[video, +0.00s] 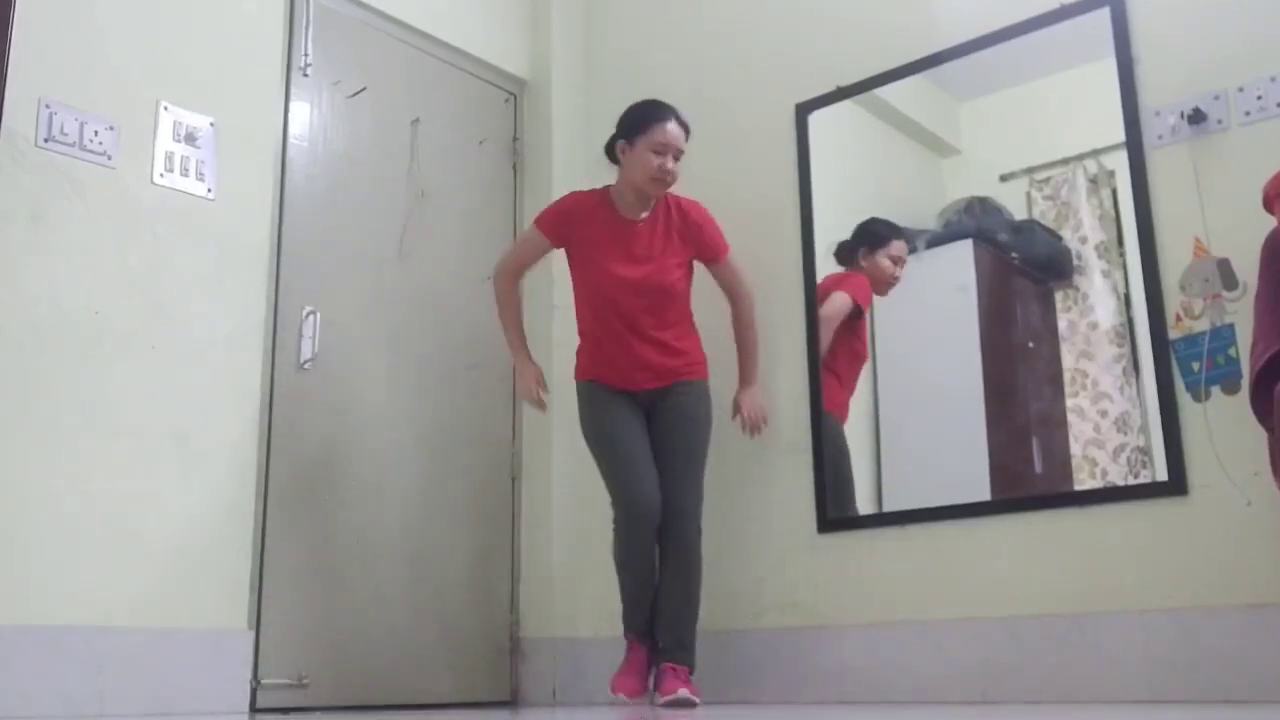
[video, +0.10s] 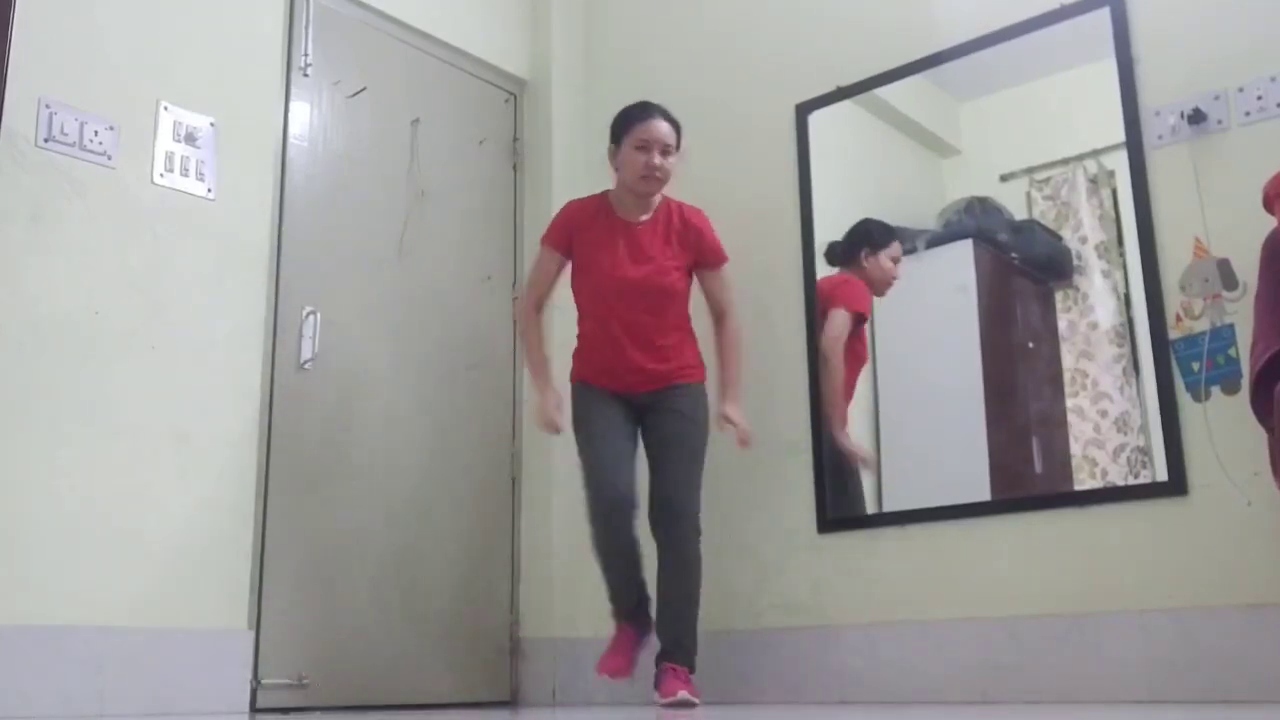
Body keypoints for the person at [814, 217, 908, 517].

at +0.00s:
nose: (899, 273)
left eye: (903, 265)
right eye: (894, 261)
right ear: (864, 256)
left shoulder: (829, 283)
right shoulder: (858, 283)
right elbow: (827, 315)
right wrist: (811, 370)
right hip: (825, 417)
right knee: (842, 516)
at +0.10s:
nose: (897, 272)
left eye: (898, 262)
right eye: (893, 260)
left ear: (866, 258)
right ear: (866, 257)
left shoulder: (823, 287)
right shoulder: (852, 287)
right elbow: (830, 345)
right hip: (825, 434)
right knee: (849, 526)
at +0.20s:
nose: (889, 273)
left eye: (890, 263)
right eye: (886, 260)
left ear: (860, 258)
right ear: (863, 258)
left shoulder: (822, 289)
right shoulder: (846, 288)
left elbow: (825, 396)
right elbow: (843, 367)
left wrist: (877, 432)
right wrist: (884, 426)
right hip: (824, 431)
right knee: (851, 526)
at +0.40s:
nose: (880, 266)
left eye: (880, 256)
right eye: (877, 254)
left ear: (850, 253)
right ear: (858, 252)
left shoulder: (820, 285)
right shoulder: (844, 283)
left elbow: (843, 377)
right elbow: (878, 362)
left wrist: (908, 354)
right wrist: (919, 344)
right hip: (815, 423)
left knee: (826, 517)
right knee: (830, 517)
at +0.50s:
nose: (872, 273)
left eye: (872, 263)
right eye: (869, 263)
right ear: (851, 262)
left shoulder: (823, 294)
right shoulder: (832, 292)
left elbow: (851, 383)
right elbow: (874, 369)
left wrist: (914, 353)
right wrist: (921, 348)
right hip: (807, 435)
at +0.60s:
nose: (865, 285)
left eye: (865, 275)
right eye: (863, 274)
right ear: (848, 273)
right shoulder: (826, 305)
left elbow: (844, 391)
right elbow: (848, 390)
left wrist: (914, 392)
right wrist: (916, 391)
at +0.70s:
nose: (857, 299)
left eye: (860, 291)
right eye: (858, 289)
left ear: (818, 279)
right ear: (844, 283)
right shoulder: (820, 316)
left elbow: (827, 396)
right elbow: (827, 394)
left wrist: (871, 453)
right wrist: (874, 455)